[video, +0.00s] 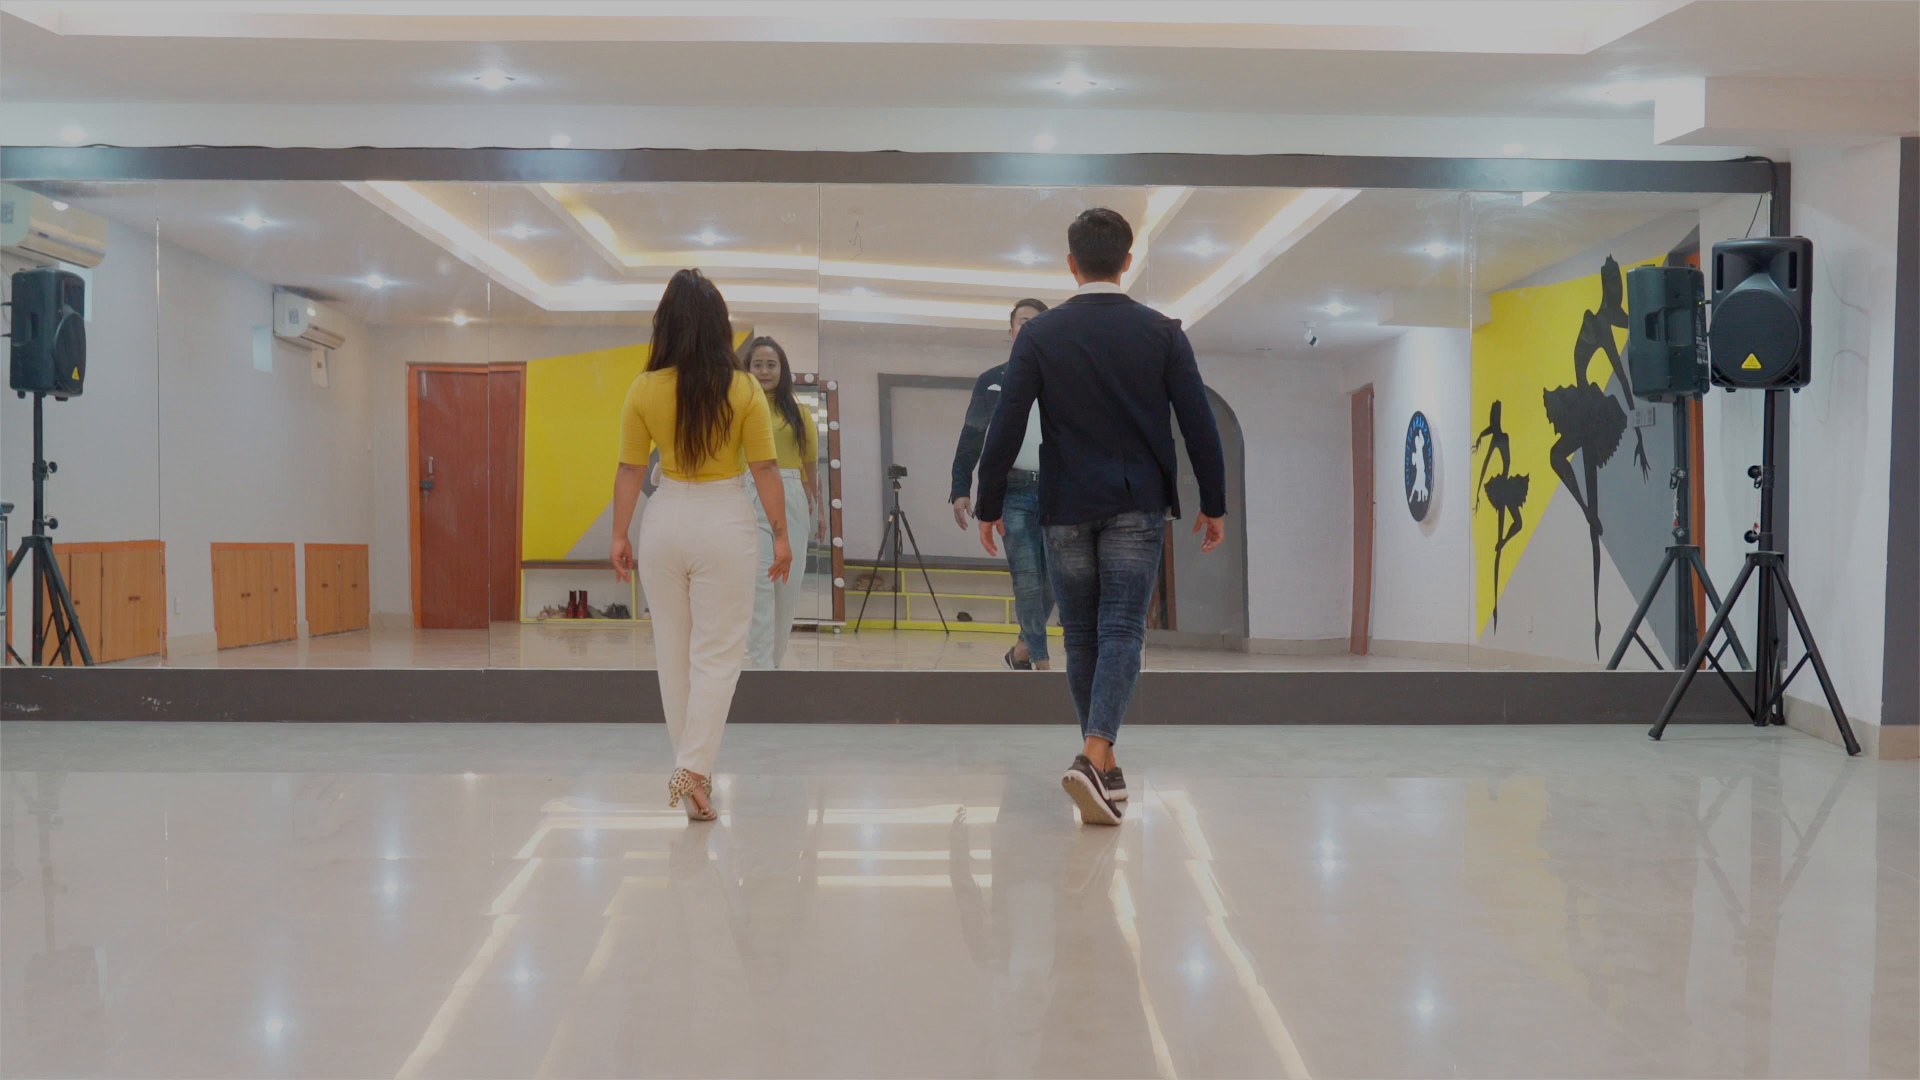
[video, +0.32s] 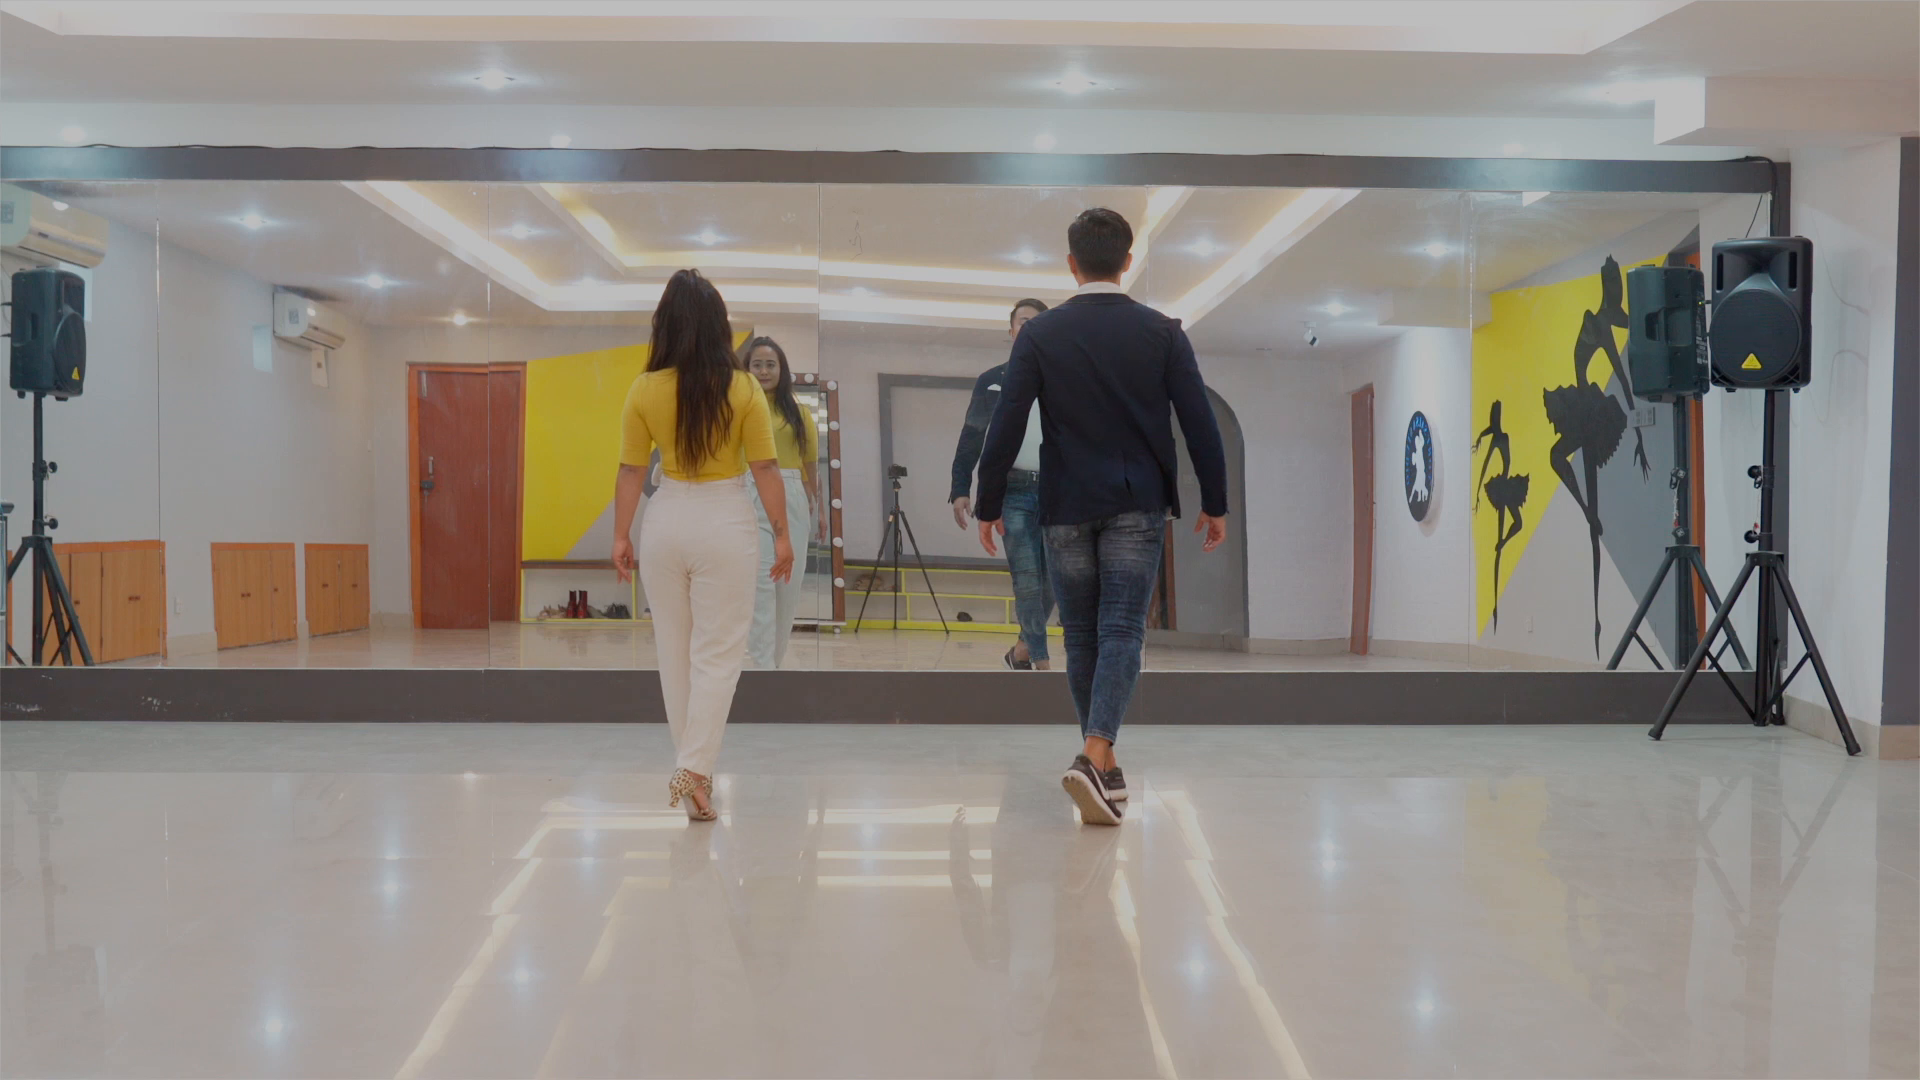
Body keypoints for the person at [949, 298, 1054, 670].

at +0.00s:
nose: (1027, 330)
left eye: (1036, 324)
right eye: (1022, 323)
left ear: (1048, 332)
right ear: (1010, 330)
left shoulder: (1061, 379)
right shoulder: (993, 381)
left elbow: (1076, 434)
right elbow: (972, 436)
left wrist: (1079, 486)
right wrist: (961, 489)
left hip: (1057, 488)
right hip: (1014, 487)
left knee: (1055, 577)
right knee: (1026, 575)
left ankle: (1021, 650)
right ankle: (1040, 661)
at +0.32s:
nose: (1027, 330)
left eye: (1035, 324)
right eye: (1021, 323)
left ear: (1048, 332)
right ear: (1010, 330)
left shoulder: (1062, 379)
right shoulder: (993, 381)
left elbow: (1077, 434)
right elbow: (972, 436)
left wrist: (1080, 486)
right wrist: (960, 488)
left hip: (1058, 488)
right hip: (1014, 487)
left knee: (1056, 577)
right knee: (1026, 575)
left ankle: (1021, 649)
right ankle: (1040, 660)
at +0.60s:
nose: (1028, 330)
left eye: (1037, 324)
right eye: (1022, 323)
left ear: (1049, 332)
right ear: (1011, 330)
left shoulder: (1062, 380)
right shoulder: (994, 382)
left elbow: (1080, 434)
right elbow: (970, 436)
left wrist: (1081, 485)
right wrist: (960, 486)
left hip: (1057, 490)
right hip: (1013, 489)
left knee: (1054, 577)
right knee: (1025, 575)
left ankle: (1022, 650)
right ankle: (1040, 660)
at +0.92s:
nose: (1049, 343)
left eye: (1055, 337)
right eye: (1040, 336)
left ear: (1064, 340)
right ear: (1026, 340)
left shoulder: (1051, 378)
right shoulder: (1028, 380)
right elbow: (1020, 442)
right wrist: (1044, 482)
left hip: (1039, 492)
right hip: (1021, 495)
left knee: (1056, 577)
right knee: (1051, 579)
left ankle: (1018, 654)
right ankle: (1015, 657)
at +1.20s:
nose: (1034, 353)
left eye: (1030, 346)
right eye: (1044, 347)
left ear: (1026, 347)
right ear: (1061, 351)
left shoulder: (1002, 388)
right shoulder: (1069, 391)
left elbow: (966, 439)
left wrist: (997, 472)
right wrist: (1064, 474)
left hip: (1007, 492)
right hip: (1049, 495)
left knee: (1021, 579)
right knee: (1041, 582)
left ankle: (1021, 654)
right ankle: (1021, 658)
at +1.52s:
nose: (1064, 353)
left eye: (1061, 345)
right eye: (1062, 346)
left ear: (1028, 350)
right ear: (1059, 350)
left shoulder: (1010, 384)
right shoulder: (1069, 385)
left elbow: (958, 428)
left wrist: (978, 476)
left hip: (1009, 493)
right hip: (1053, 492)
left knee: (1030, 581)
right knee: (1049, 585)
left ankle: (1046, 662)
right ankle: (1019, 663)